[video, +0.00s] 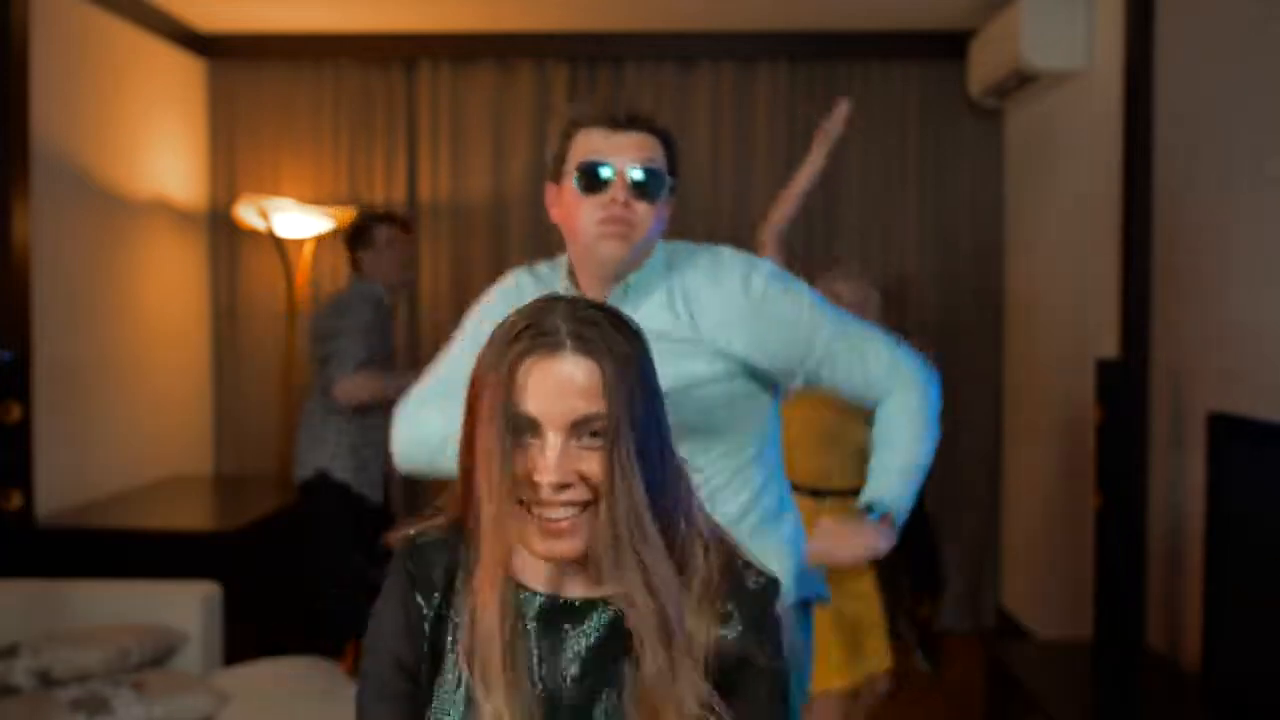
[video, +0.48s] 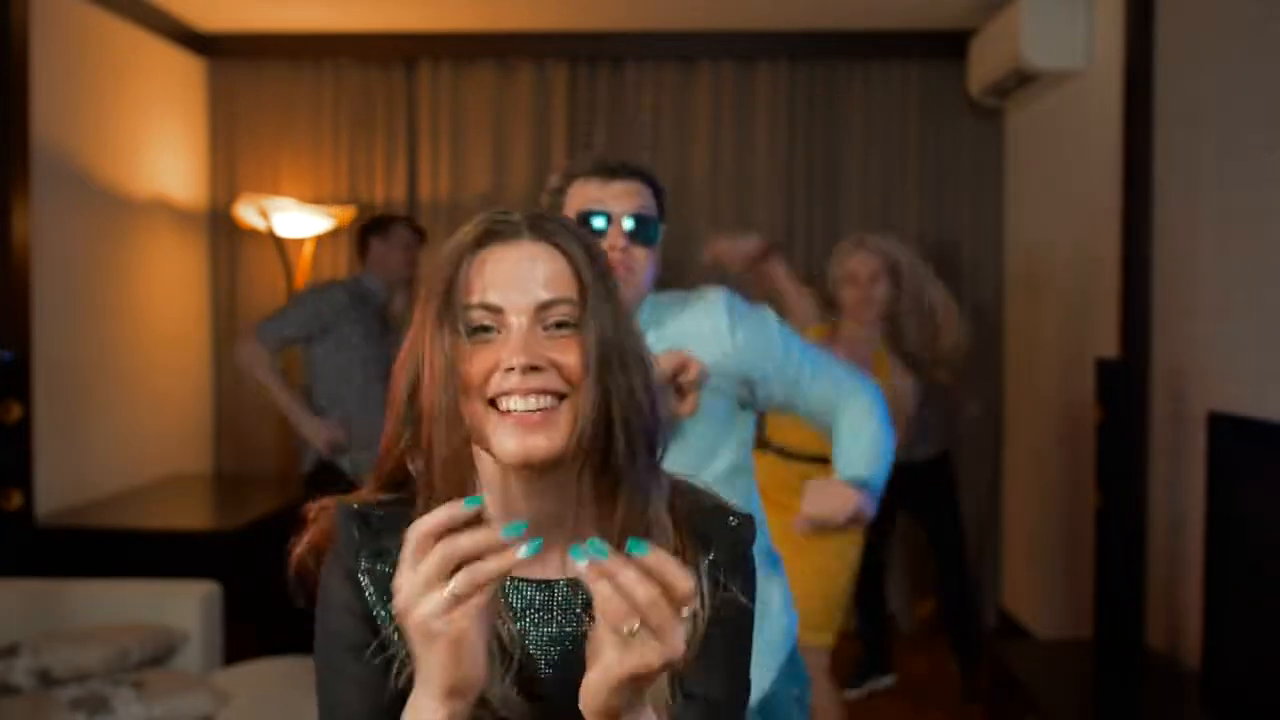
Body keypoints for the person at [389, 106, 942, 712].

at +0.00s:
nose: (620, 197)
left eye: (644, 183)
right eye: (595, 178)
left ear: (667, 211)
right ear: (555, 203)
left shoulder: (728, 288)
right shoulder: (519, 299)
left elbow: (907, 378)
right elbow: (411, 437)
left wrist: (879, 518)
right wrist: (549, 461)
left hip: (735, 607)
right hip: (565, 603)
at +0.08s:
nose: (620, 190)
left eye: (644, 176)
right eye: (594, 171)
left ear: (665, 201)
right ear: (552, 195)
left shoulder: (730, 269)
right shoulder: (519, 273)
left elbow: (902, 310)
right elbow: (412, 381)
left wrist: (920, 450)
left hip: (747, 591)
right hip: (579, 590)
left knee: (755, 709)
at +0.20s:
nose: (627, 185)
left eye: (650, 173)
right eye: (601, 166)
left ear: (666, 199)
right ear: (553, 192)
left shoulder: (718, 260)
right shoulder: (526, 262)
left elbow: (875, 255)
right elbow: (436, 321)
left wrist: (938, 382)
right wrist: (619, 331)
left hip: (746, 587)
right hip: (592, 589)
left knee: (752, 710)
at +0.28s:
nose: (628, 192)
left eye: (649, 179)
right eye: (602, 173)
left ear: (666, 205)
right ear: (554, 198)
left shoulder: (723, 261)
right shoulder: (529, 284)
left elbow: (864, 261)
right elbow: (447, 319)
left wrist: (922, 377)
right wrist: (629, 331)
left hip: (744, 595)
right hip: (588, 595)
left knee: (755, 711)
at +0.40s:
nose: (621, 222)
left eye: (643, 206)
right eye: (596, 203)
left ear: (661, 224)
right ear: (558, 215)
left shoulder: (710, 291)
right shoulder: (537, 318)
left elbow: (855, 322)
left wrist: (884, 428)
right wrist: (634, 367)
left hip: (741, 615)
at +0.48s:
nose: (617, 244)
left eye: (640, 228)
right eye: (593, 224)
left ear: (660, 249)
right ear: (555, 236)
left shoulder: (713, 324)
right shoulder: (533, 344)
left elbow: (853, 395)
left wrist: (854, 481)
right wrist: (631, 403)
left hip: (735, 638)